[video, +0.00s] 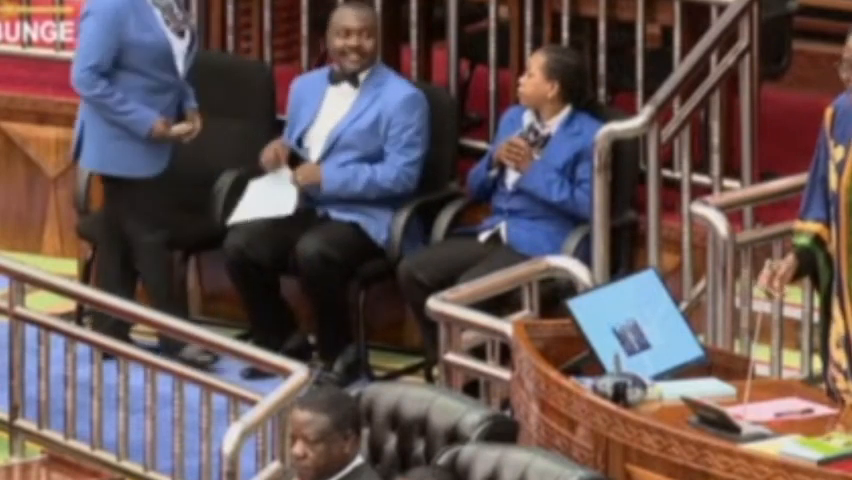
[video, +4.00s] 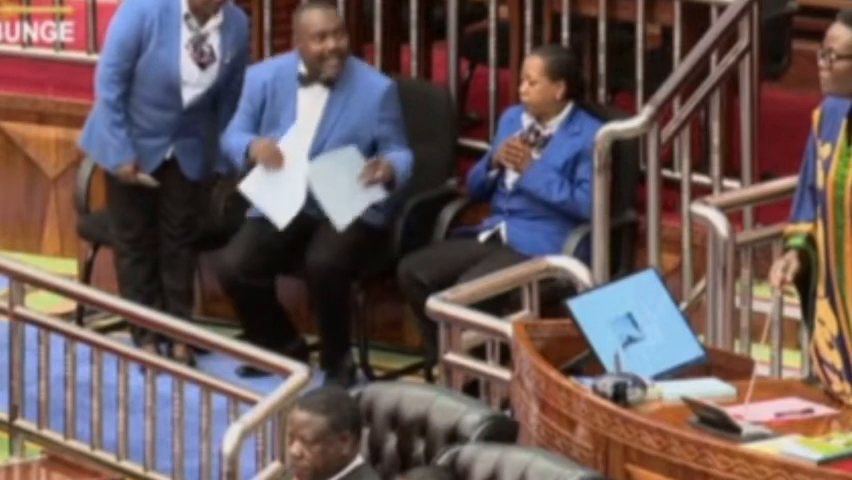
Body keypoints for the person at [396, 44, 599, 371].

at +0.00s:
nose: (520, 80)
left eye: (529, 75)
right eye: (523, 73)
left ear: (552, 88)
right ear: (550, 87)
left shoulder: (589, 135)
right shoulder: (513, 119)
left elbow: (590, 207)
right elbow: (475, 189)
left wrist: (530, 171)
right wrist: (495, 163)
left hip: (538, 250)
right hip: (494, 237)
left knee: (462, 297)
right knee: (414, 271)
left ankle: (482, 380)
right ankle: (446, 365)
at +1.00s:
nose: (519, 83)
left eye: (528, 78)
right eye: (522, 75)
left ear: (552, 90)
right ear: (549, 89)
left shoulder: (589, 135)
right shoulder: (512, 120)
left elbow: (590, 206)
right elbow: (475, 190)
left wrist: (529, 171)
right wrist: (495, 164)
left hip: (539, 250)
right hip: (494, 236)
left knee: (463, 296)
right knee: (414, 271)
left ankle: (483, 380)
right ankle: (445, 366)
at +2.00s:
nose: (518, 87)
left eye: (527, 80)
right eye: (521, 78)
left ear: (553, 91)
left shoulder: (589, 135)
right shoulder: (512, 120)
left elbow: (590, 207)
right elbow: (475, 190)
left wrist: (530, 172)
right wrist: (494, 164)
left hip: (538, 250)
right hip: (494, 236)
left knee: (463, 296)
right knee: (414, 271)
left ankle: (485, 379)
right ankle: (446, 366)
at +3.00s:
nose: (551, 89)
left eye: (561, 81)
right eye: (542, 80)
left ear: (574, 86)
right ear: (529, 85)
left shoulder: (590, 135)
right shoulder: (512, 120)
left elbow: (590, 207)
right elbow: (476, 189)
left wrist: (530, 172)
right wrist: (494, 164)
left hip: (540, 249)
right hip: (495, 235)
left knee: (464, 295)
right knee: (414, 271)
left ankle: (484, 380)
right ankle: (446, 365)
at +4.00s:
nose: (523, 91)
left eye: (532, 83)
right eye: (522, 81)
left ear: (560, 90)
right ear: (519, 83)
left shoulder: (590, 135)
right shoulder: (512, 119)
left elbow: (589, 207)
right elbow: (474, 189)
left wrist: (529, 171)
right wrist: (494, 163)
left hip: (539, 250)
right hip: (494, 237)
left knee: (461, 298)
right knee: (413, 271)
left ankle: (482, 380)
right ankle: (447, 363)